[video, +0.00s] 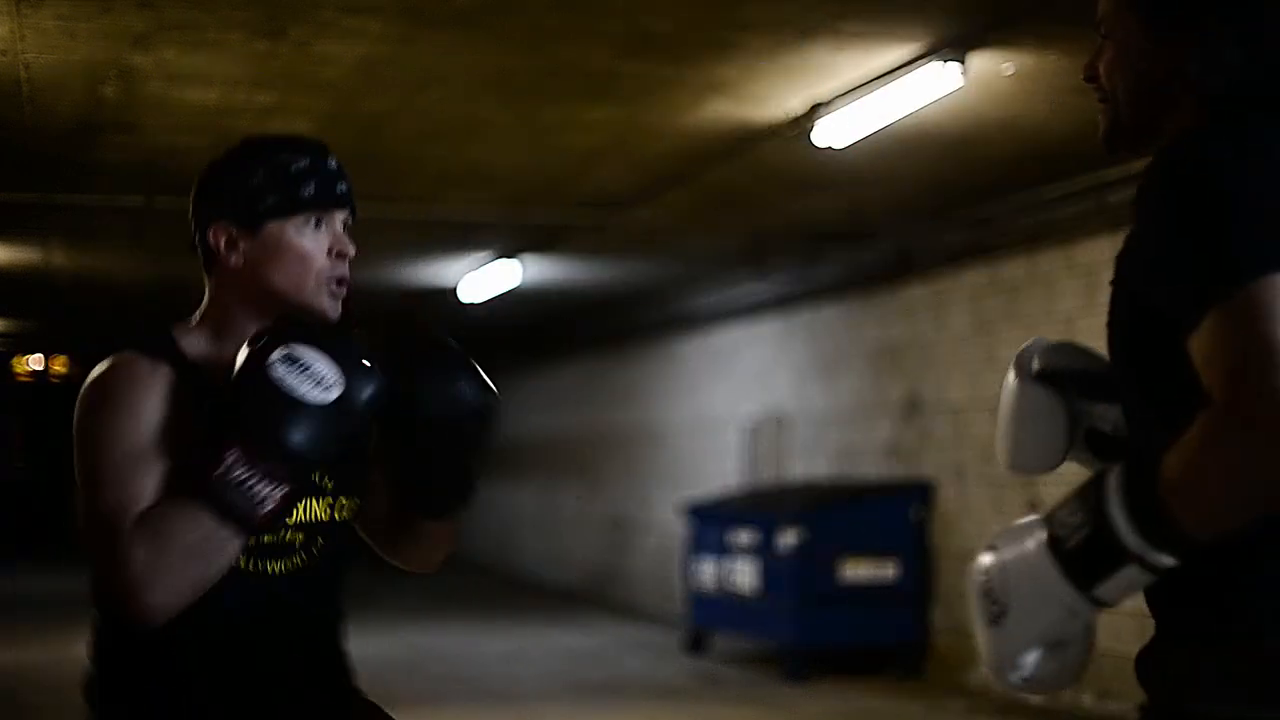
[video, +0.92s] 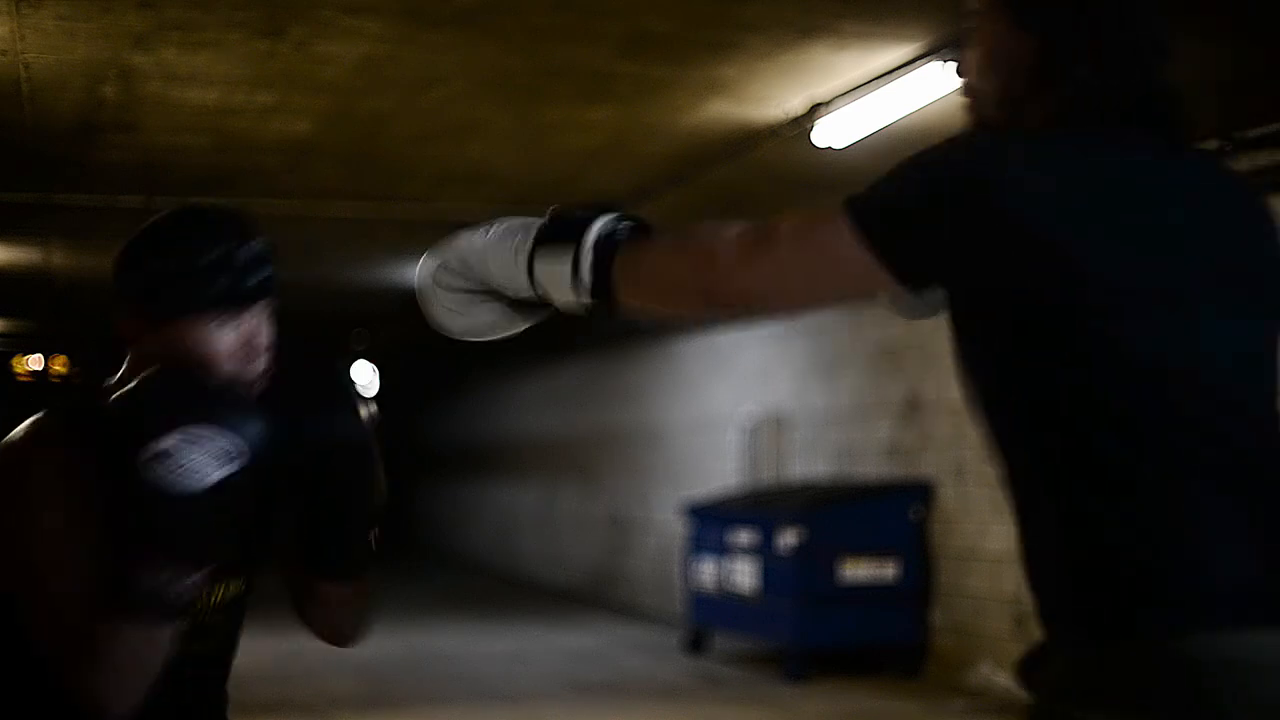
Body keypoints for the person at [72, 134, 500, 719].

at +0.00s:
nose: (346, 248)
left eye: (345, 228)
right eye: (317, 225)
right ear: (230, 245)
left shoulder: (327, 378)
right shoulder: (133, 388)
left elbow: (414, 553)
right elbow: (140, 589)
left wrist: (443, 453)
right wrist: (260, 460)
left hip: (315, 697)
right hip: (174, 709)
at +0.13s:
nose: (366, 224)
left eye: (361, 201)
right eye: (336, 199)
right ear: (250, 220)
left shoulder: (318, 354)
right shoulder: (148, 359)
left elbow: (400, 551)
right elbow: (197, 575)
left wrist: (434, 421)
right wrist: (298, 428)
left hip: (272, 684)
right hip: (137, 690)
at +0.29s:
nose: (349, 273)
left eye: (346, 247)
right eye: (323, 244)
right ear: (235, 262)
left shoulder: (261, 391)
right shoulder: (130, 390)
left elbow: (376, 581)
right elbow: (208, 617)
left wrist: (417, 428)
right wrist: (295, 450)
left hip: (211, 710)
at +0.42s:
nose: (305, 295)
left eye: (301, 274)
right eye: (275, 273)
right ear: (191, 291)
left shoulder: (222, 414)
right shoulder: (87, 420)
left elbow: (280, 630)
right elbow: (144, 651)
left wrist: (351, 487)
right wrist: (252, 502)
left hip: (172, 711)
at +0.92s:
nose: (261, 338)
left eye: (264, 310)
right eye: (228, 318)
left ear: (274, 306)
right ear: (161, 329)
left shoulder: (256, 437)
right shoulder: (54, 454)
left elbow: (338, 623)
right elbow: (103, 690)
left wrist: (335, 452)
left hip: (198, 701)